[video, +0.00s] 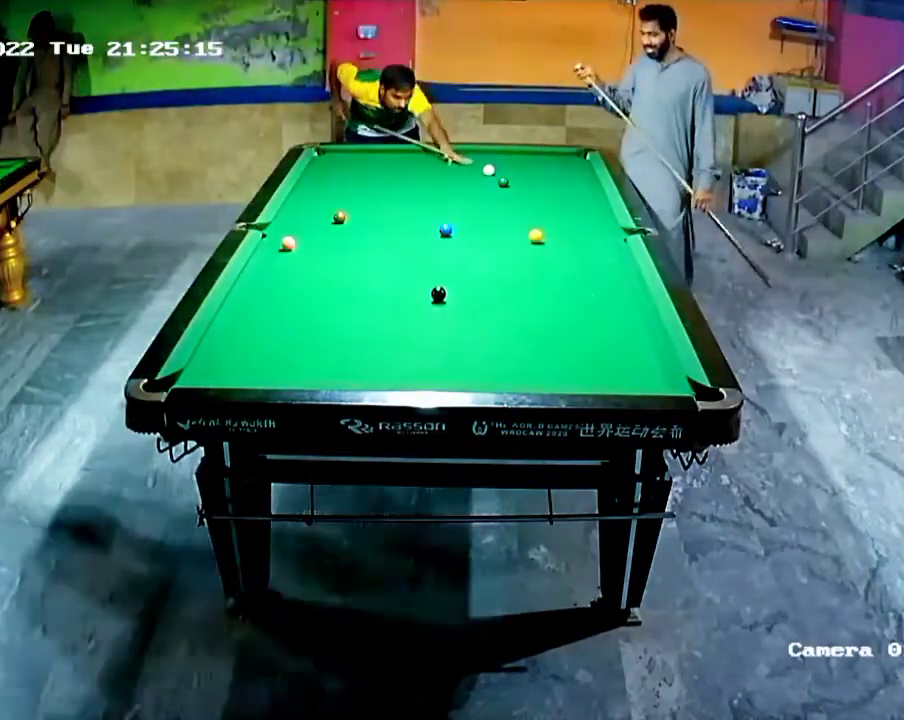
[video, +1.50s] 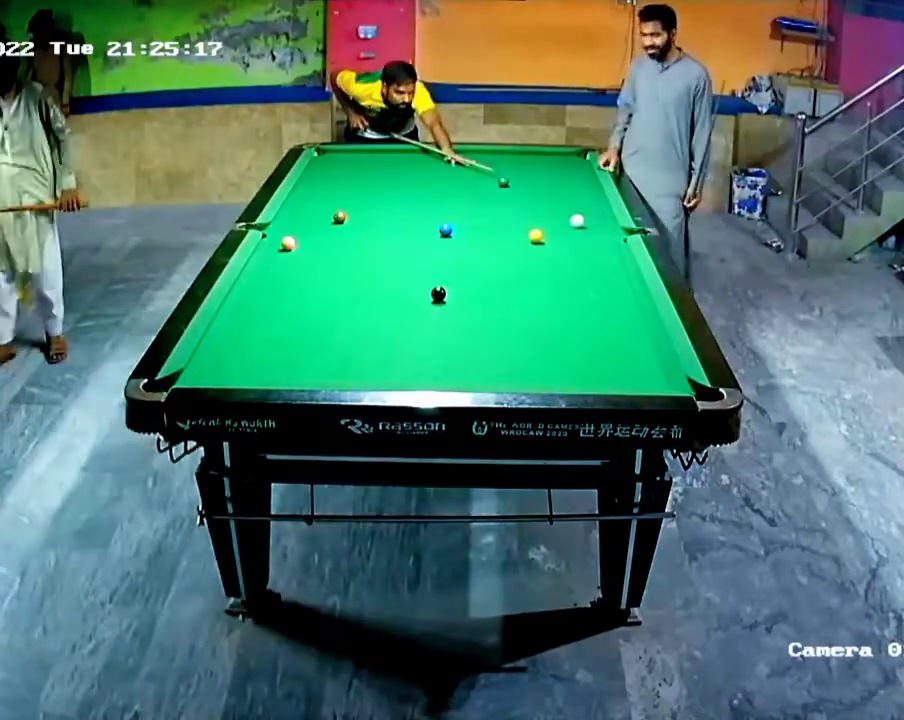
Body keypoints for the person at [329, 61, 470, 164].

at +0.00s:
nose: (402, 104)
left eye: (407, 98)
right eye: (397, 98)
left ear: (412, 92)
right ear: (382, 90)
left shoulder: (413, 93)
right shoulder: (362, 89)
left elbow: (431, 122)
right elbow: (342, 69)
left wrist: (446, 149)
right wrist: (338, 101)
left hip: (403, 132)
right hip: (366, 132)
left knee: (407, 178)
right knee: (363, 177)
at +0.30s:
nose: (400, 109)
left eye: (405, 103)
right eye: (395, 103)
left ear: (410, 96)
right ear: (380, 95)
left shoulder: (411, 96)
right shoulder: (358, 93)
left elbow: (430, 124)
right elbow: (337, 69)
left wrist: (447, 149)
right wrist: (337, 104)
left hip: (401, 134)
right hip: (363, 133)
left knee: (405, 180)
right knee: (360, 179)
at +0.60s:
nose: (401, 109)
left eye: (406, 102)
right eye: (396, 102)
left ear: (411, 96)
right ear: (381, 94)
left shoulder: (411, 95)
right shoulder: (360, 89)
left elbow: (430, 125)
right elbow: (334, 69)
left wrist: (447, 150)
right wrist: (335, 102)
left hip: (400, 136)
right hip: (362, 134)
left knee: (404, 181)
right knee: (360, 180)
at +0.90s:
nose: (405, 104)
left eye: (409, 98)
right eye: (399, 98)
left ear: (414, 91)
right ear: (383, 91)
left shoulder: (416, 92)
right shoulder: (362, 90)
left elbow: (433, 123)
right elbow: (336, 78)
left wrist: (447, 150)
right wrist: (350, 111)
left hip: (403, 135)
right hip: (366, 134)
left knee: (405, 181)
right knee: (363, 180)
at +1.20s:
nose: (406, 103)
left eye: (410, 96)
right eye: (400, 96)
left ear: (415, 90)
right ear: (384, 90)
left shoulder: (417, 91)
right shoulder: (362, 91)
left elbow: (434, 124)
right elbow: (335, 78)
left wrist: (447, 149)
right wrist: (350, 111)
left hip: (403, 134)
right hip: (367, 134)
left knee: (407, 179)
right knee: (365, 179)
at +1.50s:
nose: (406, 100)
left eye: (410, 93)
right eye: (400, 94)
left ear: (415, 87)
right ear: (384, 88)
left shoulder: (418, 90)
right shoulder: (361, 89)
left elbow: (434, 123)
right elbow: (336, 78)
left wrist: (447, 150)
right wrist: (350, 111)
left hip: (403, 135)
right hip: (367, 135)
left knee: (407, 180)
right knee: (365, 181)